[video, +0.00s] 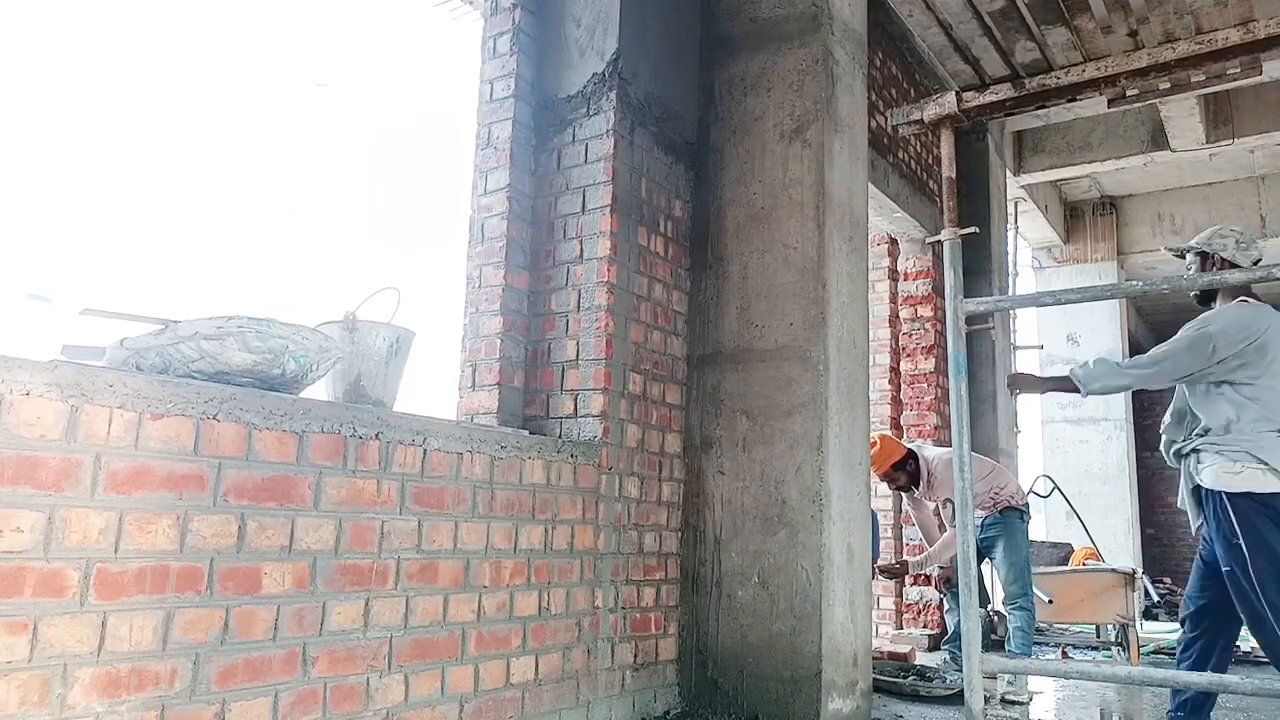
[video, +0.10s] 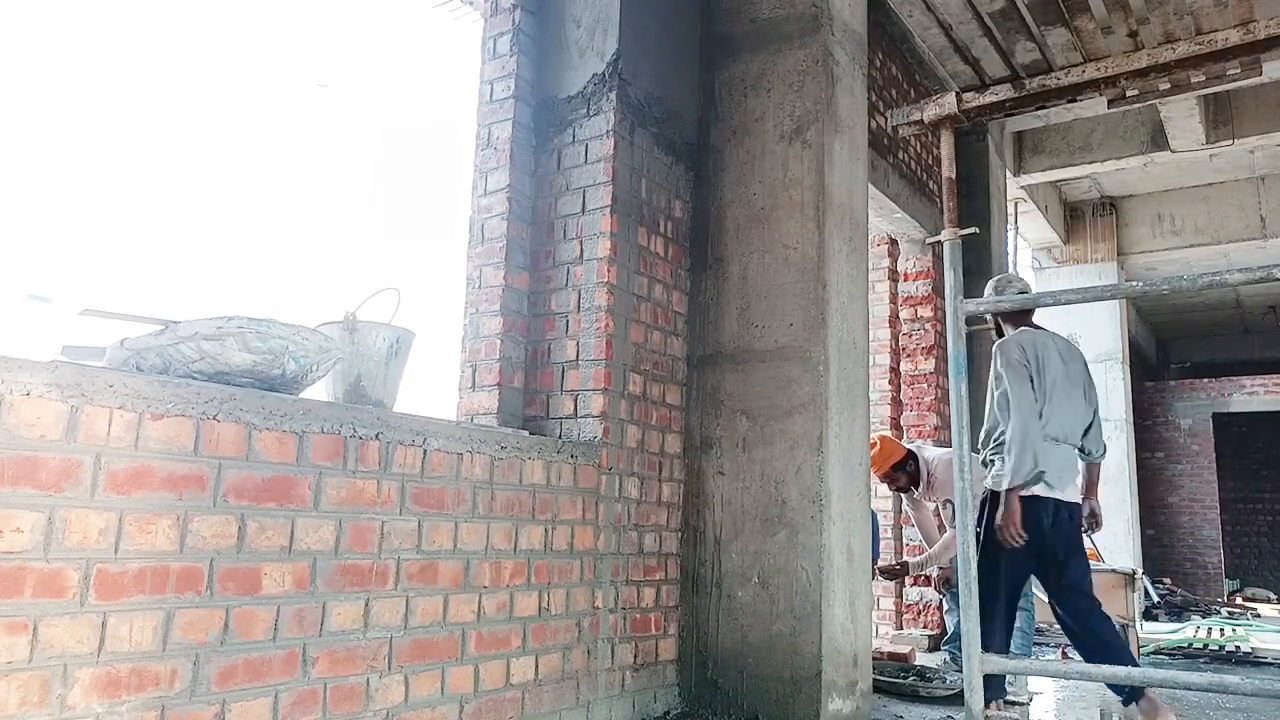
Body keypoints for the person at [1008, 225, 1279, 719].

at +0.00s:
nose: (1192, 273)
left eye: (1198, 265)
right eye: (1195, 265)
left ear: (1218, 266)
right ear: (1238, 268)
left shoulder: (1236, 321)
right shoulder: (1250, 322)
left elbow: (1147, 367)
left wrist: (1045, 383)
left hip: (1244, 490)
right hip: (1237, 493)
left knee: (1271, 625)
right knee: (1207, 623)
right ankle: (1186, 711)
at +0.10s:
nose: (991, 326)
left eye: (989, 318)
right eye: (990, 318)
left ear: (997, 314)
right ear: (1032, 309)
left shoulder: (1009, 347)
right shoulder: (1071, 351)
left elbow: (1021, 420)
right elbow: (1094, 429)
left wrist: (1011, 495)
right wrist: (1091, 493)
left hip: (1016, 497)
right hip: (1065, 501)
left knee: (992, 606)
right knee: (1080, 608)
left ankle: (989, 704)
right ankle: (1146, 701)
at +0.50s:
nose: (968, 329)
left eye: (967, 321)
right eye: (965, 322)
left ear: (925, 323)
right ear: (952, 322)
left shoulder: (902, 367)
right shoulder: (947, 360)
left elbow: (902, 441)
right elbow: (956, 433)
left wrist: (914, 488)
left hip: (920, 497)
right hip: (958, 495)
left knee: (916, 591)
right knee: (968, 594)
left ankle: (905, 692)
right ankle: (963, 699)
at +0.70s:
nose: (967, 326)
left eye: (965, 319)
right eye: (964, 319)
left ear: (922, 322)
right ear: (952, 322)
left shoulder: (900, 366)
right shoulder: (950, 359)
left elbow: (898, 442)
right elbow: (966, 433)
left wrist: (904, 500)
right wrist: (989, 495)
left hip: (917, 496)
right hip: (957, 495)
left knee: (914, 593)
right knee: (966, 596)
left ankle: (906, 693)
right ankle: (963, 700)